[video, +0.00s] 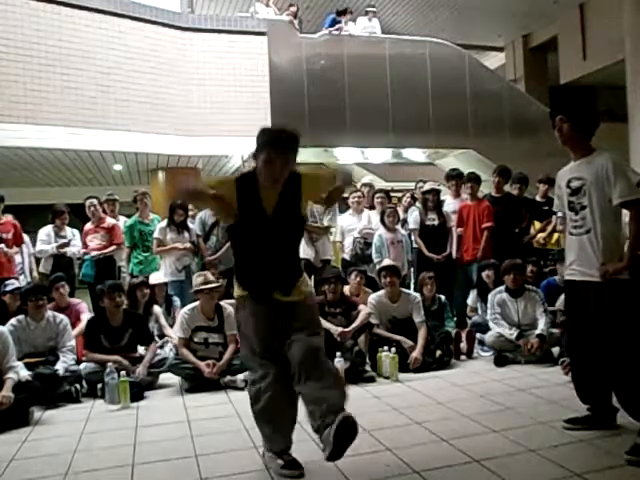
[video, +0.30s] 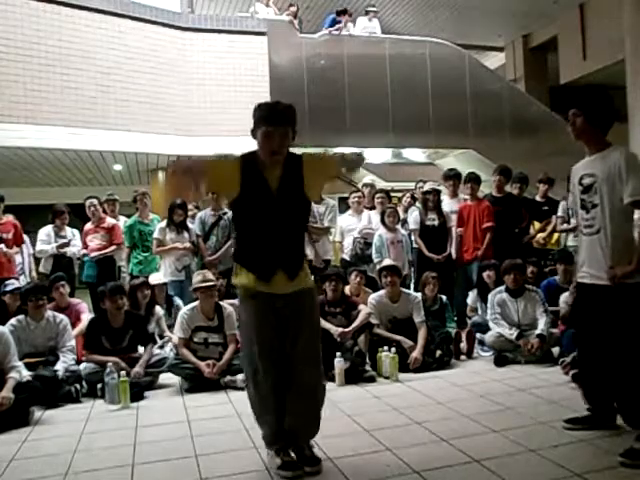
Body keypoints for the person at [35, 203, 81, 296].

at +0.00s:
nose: (64, 222)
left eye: (65, 219)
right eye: (61, 219)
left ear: (68, 219)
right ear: (55, 219)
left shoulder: (74, 233)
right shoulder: (45, 231)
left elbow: (78, 250)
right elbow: (39, 251)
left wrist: (66, 251)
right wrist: (56, 248)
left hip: (69, 270)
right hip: (49, 271)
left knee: (69, 300)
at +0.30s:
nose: (64, 222)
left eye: (65, 219)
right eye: (61, 219)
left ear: (68, 219)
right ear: (55, 219)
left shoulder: (74, 232)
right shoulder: (45, 231)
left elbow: (78, 250)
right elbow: (38, 251)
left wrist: (66, 251)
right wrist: (55, 248)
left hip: (69, 270)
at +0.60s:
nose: (63, 222)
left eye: (65, 219)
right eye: (60, 219)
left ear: (68, 219)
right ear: (55, 219)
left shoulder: (74, 232)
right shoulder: (45, 231)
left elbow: (78, 250)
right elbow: (38, 250)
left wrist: (66, 251)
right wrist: (55, 248)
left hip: (69, 268)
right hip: (51, 268)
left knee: (69, 297)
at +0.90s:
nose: (63, 222)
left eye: (65, 219)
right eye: (60, 219)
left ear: (68, 219)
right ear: (55, 219)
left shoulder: (74, 232)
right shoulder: (45, 231)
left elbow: (78, 250)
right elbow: (39, 250)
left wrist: (66, 251)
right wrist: (55, 248)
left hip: (69, 268)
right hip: (50, 268)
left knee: (69, 297)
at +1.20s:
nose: (68, 224)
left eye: (70, 221)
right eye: (66, 221)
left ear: (73, 221)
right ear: (59, 221)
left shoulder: (78, 234)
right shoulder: (49, 233)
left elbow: (82, 251)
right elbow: (43, 252)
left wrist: (70, 253)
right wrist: (60, 250)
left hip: (73, 269)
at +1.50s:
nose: (68, 224)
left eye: (69, 221)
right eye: (65, 221)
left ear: (72, 221)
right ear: (59, 221)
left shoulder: (77, 234)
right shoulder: (49, 234)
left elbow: (81, 251)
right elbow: (42, 253)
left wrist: (70, 253)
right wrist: (59, 250)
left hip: (72, 270)